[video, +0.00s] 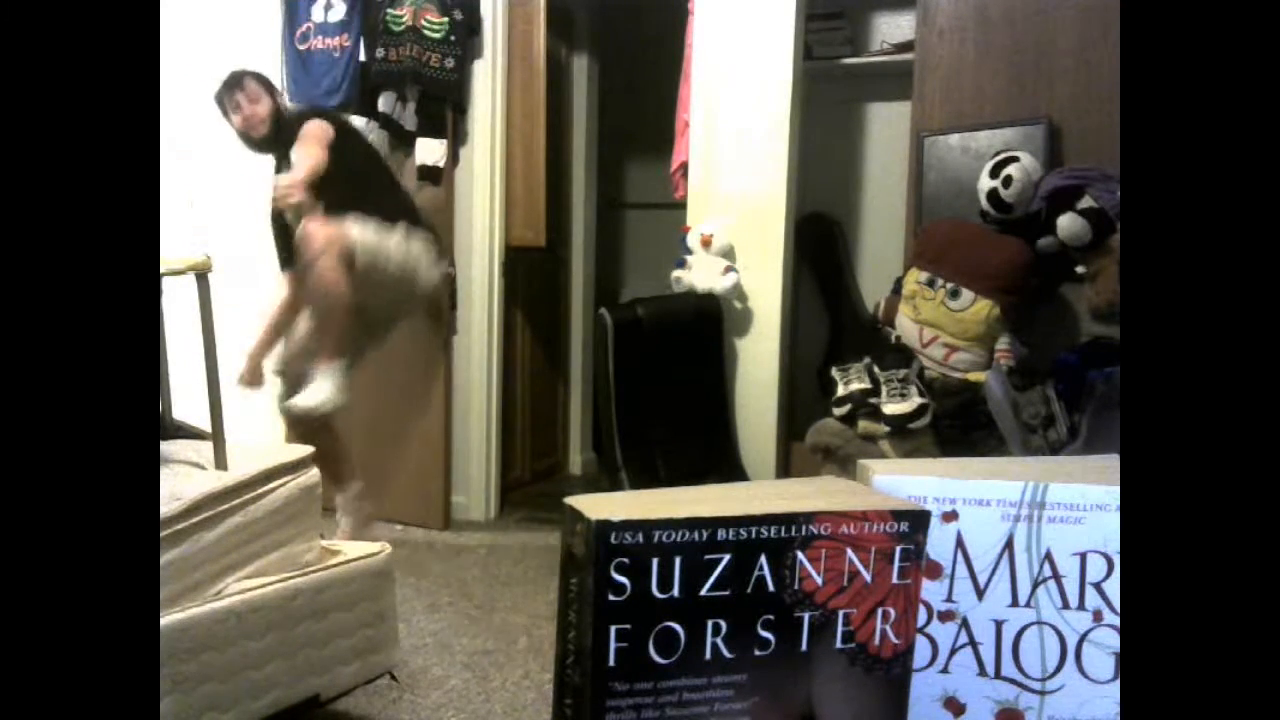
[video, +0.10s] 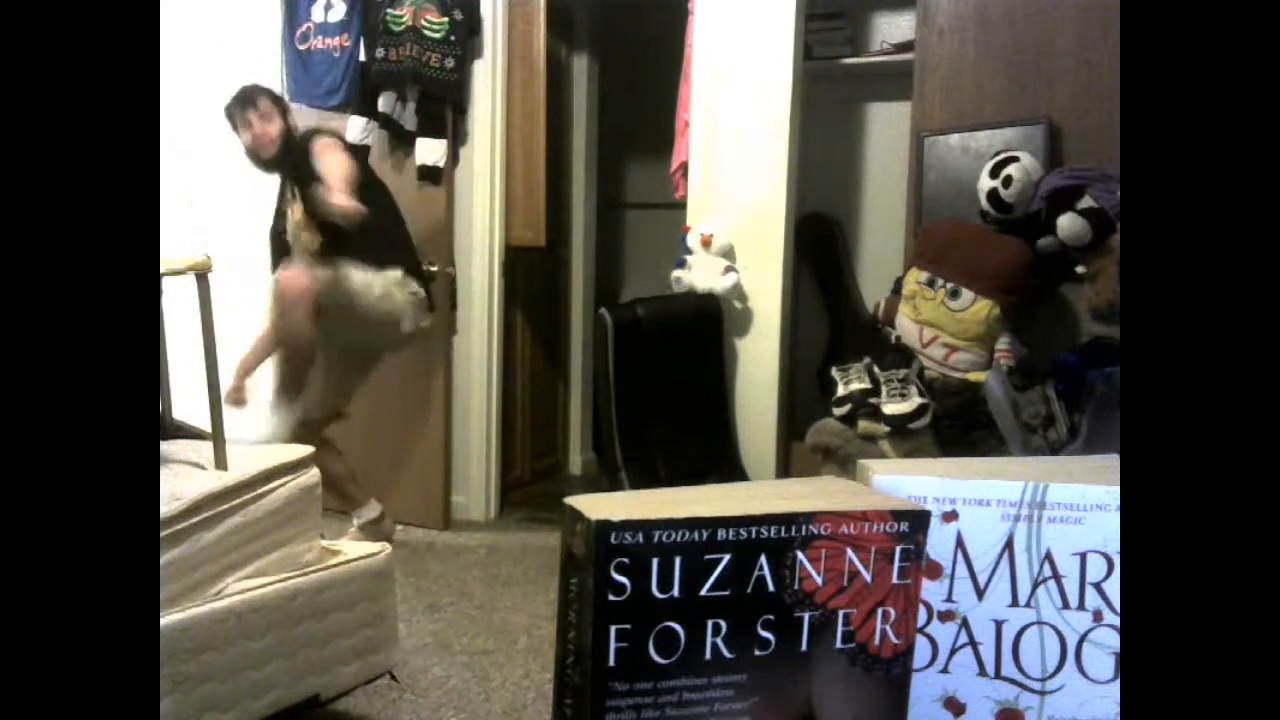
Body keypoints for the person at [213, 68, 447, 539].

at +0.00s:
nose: (245, 114)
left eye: (250, 100)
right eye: (234, 111)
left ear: (272, 96)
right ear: (232, 125)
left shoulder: (312, 123)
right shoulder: (282, 188)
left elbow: (313, 147)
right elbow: (297, 284)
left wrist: (297, 179)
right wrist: (258, 354)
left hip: (412, 260)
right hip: (356, 292)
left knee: (320, 234)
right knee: (296, 387)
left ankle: (329, 369)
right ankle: (350, 500)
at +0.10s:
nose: (256, 134)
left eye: (263, 119)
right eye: (244, 128)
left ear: (285, 117)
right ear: (240, 139)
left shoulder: (317, 144)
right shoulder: (289, 204)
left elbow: (335, 165)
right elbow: (290, 308)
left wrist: (336, 197)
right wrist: (243, 372)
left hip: (398, 295)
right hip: (354, 314)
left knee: (295, 279)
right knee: (304, 426)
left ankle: (288, 407)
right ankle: (367, 514)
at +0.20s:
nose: (256, 140)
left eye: (262, 126)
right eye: (243, 136)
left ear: (282, 125)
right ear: (237, 149)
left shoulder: (311, 150)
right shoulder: (280, 230)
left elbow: (346, 161)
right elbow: (283, 316)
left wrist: (358, 204)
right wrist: (231, 375)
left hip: (396, 297)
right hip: (348, 324)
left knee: (281, 300)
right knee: (300, 431)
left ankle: (281, 432)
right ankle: (368, 517)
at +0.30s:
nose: (241, 146)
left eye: (246, 131)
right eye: (228, 141)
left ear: (267, 129)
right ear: (222, 153)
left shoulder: (302, 151)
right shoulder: (274, 232)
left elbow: (343, 159)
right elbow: (285, 310)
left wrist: (359, 226)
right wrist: (234, 375)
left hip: (396, 296)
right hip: (349, 321)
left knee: (276, 316)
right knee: (300, 418)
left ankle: (289, 422)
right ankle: (365, 511)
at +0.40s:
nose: (237, 146)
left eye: (243, 130)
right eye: (225, 140)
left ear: (266, 127)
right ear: (219, 151)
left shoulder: (305, 150)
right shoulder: (272, 228)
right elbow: (283, 303)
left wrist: (326, 236)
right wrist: (243, 372)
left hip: (397, 293)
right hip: (350, 312)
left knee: (277, 318)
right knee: (305, 421)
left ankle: (295, 421)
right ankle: (369, 512)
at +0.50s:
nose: (237, 146)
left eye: (243, 130)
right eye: (225, 140)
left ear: (266, 127)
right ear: (219, 151)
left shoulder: (305, 150)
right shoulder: (272, 228)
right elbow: (283, 303)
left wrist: (326, 236)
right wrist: (244, 372)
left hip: (397, 293)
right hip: (350, 312)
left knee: (277, 318)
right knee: (305, 421)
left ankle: (295, 421)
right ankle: (369, 512)